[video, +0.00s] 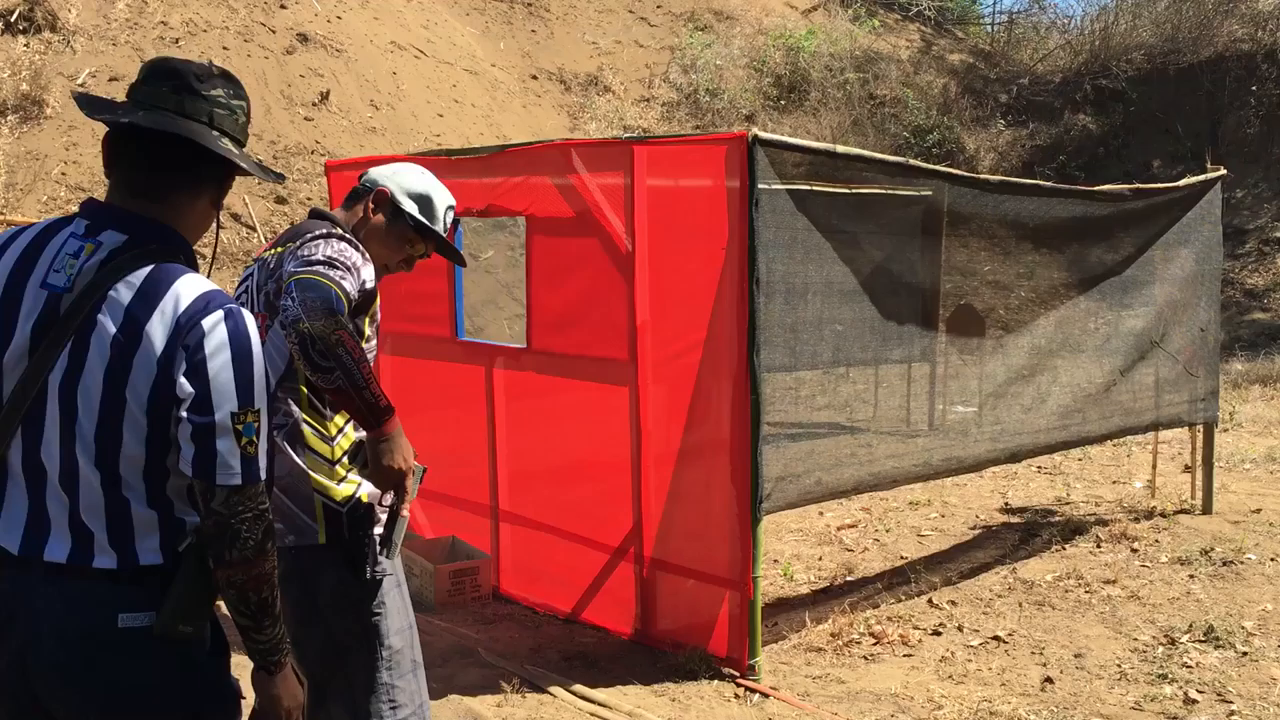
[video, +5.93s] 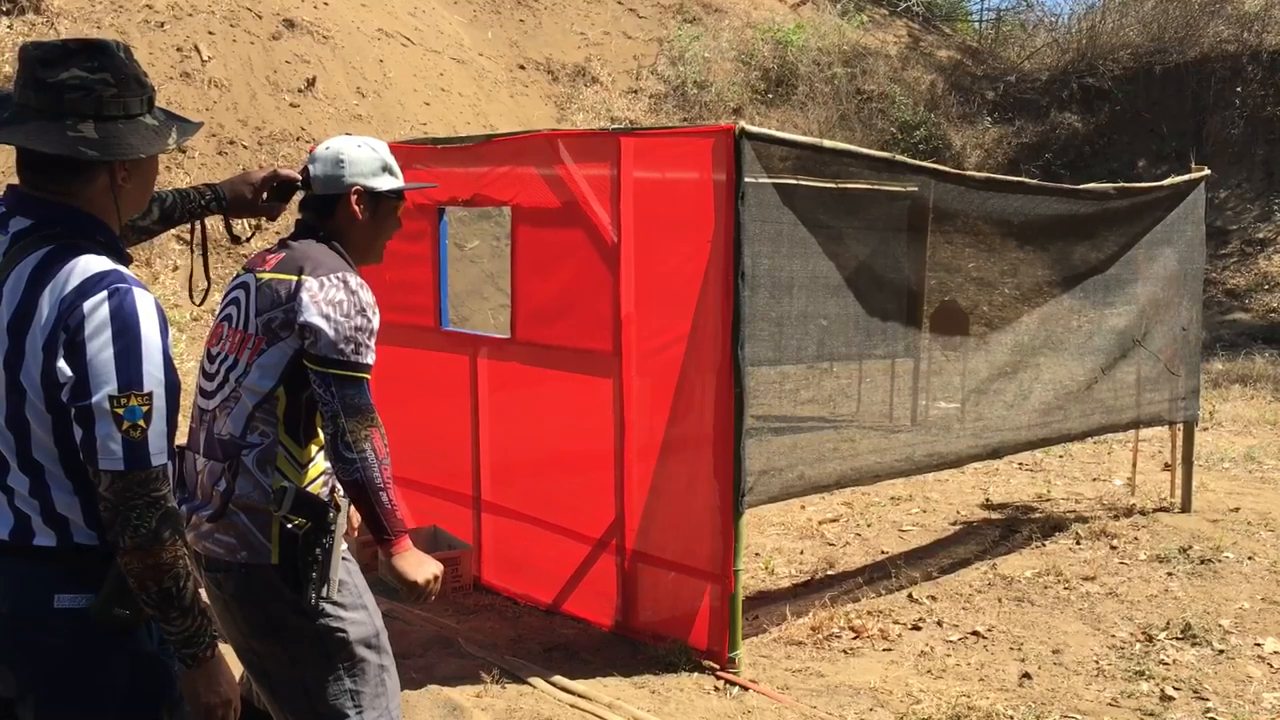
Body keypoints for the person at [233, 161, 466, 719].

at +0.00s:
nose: (413, 262)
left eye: (423, 253)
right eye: (413, 243)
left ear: (368, 208)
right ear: (375, 206)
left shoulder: (280, 258)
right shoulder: (335, 248)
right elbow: (313, 319)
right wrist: (385, 426)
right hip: (333, 525)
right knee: (383, 699)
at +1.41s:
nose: (424, 276)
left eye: (435, 268)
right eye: (425, 256)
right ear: (393, 220)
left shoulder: (281, 269)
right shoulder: (358, 255)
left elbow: (259, 407)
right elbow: (336, 333)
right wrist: (395, 453)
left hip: (278, 543)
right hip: (336, 542)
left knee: (295, 704)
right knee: (385, 706)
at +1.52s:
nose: (424, 276)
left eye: (435, 268)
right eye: (426, 257)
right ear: (395, 219)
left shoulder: (281, 268)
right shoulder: (358, 252)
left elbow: (256, 407)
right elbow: (332, 326)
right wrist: (382, 451)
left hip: (278, 540)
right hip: (335, 539)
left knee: (293, 705)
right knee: (385, 707)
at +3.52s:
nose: (401, 233)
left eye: (406, 218)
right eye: (399, 215)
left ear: (349, 198)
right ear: (363, 200)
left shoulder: (261, 254)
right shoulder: (321, 269)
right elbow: (326, 396)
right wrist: (431, 470)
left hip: (229, 525)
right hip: (286, 533)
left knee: (264, 692)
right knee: (348, 703)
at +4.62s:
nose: (391, 223)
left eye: (391, 208)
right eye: (386, 207)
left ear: (310, 202)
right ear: (349, 207)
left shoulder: (253, 267)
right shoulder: (324, 290)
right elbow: (338, 438)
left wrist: (314, 516)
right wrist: (385, 551)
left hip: (207, 528)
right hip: (266, 543)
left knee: (265, 683)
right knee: (353, 700)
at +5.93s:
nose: (401, 222)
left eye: (402, 207)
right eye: (395, 206)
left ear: (333, 201)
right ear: (357, 205)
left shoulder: (264, 266)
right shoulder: (337, 287)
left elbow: (274, 406)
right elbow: (352, 432)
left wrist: (335, 495)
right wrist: (401, 544)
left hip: (222, 531)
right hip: (280, 542)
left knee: (283, 695)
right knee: (363, 699)